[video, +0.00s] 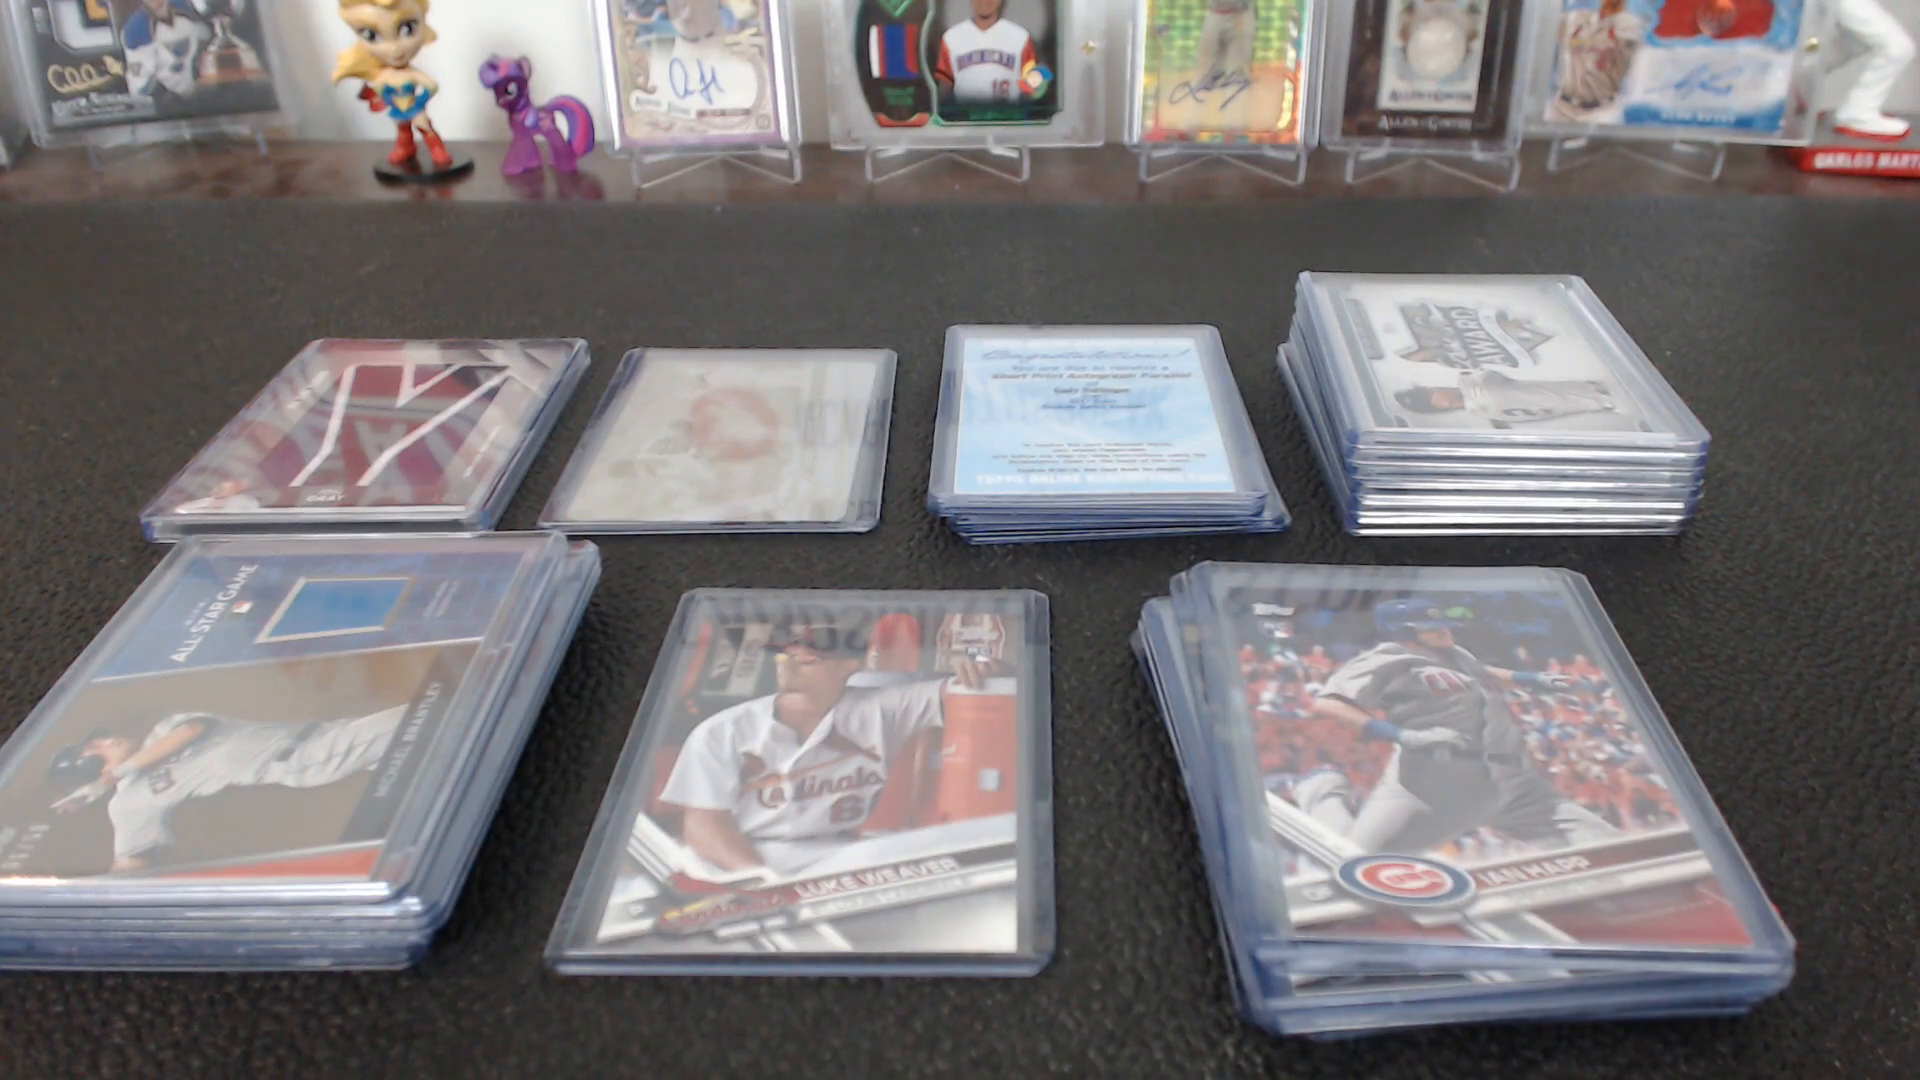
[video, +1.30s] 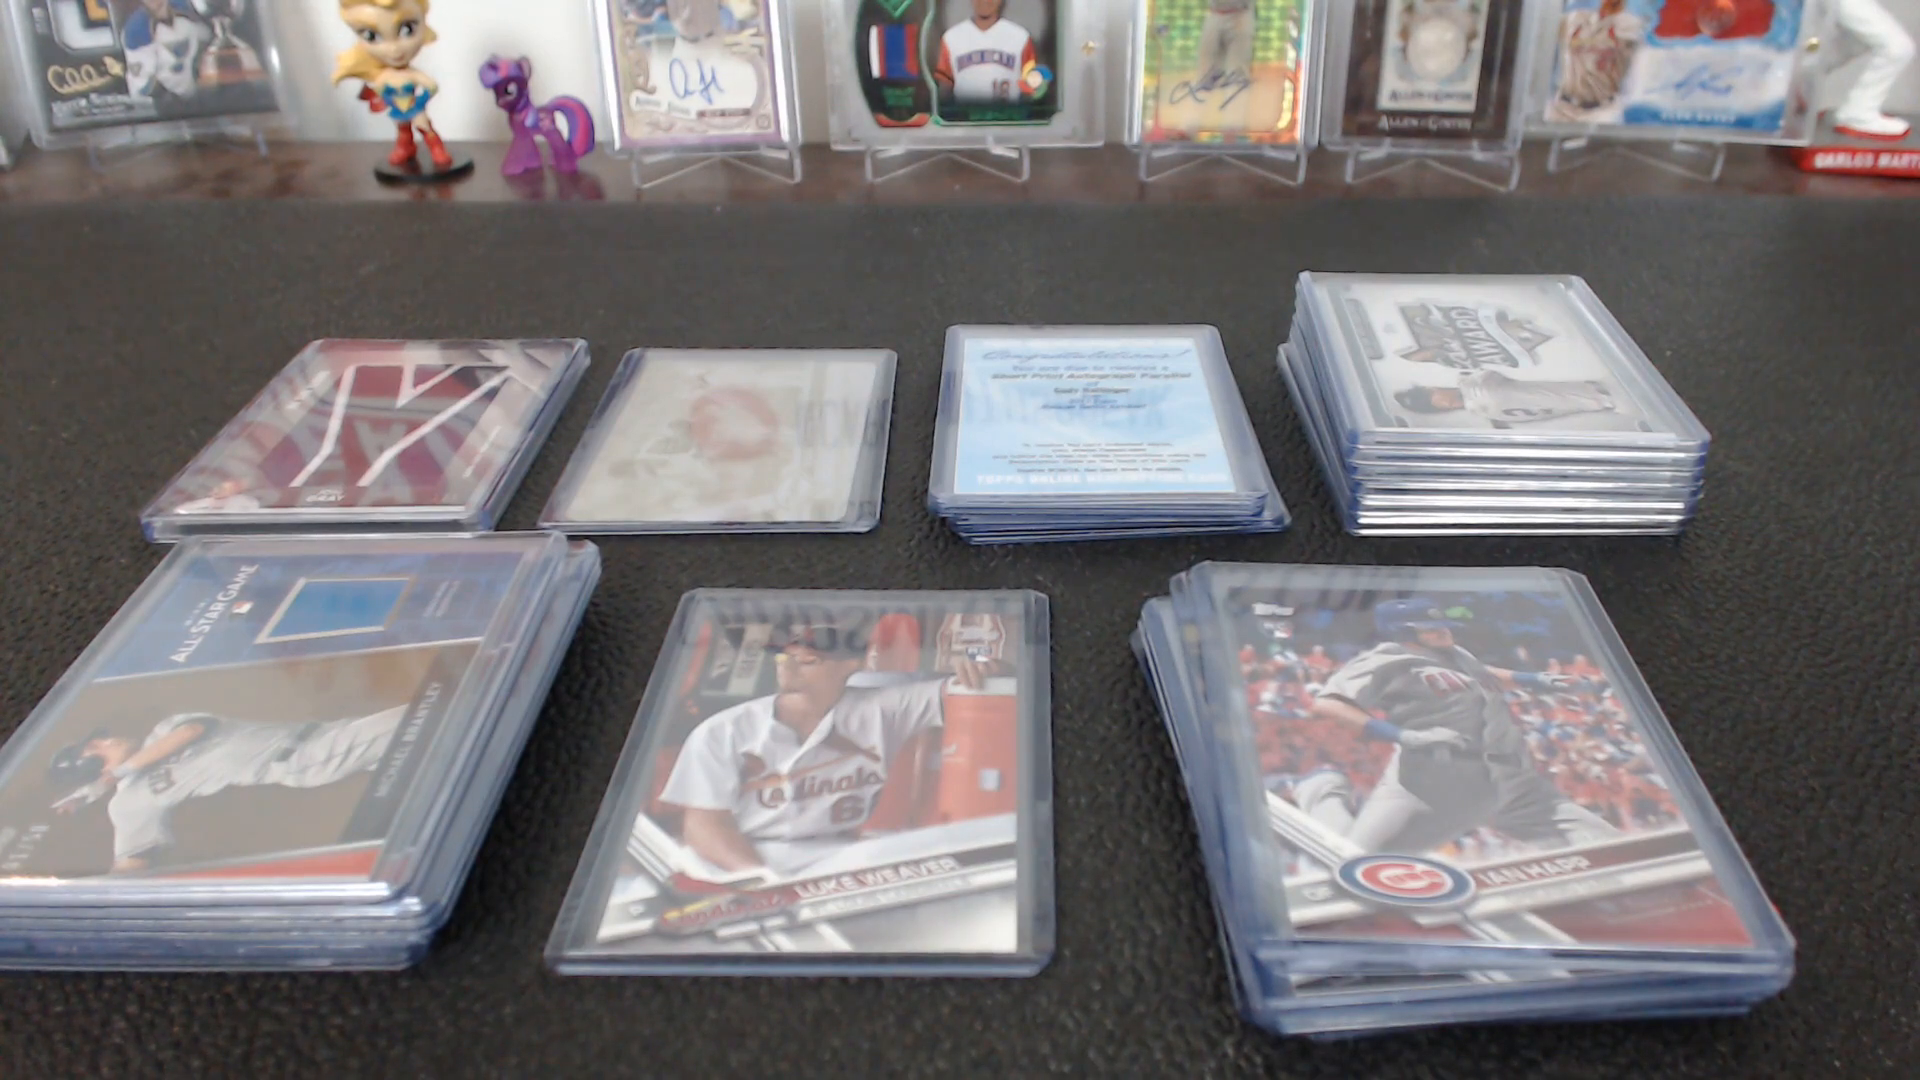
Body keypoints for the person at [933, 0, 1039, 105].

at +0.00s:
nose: (984, 2)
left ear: (1000, 2)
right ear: (971, 2)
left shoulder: (1020, 36)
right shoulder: (951, 37)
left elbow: (1030, 83)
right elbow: (944, 82)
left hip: (1009, 121)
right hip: (965, 121)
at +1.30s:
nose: (984, 2)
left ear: (1000, 2)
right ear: (972, 2)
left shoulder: (1020, 36)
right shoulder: (951, 37)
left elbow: (1030, 81)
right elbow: (944, 79)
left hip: (1009, 120)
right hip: (965, 119)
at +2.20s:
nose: (984, 2)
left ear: (1000, 2)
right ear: (971, 2)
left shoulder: (1020, 37)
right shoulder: (950, 38)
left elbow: (1029, 81)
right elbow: (944, 78)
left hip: (1008, 120)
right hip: (965, 119)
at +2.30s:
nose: (984, 2)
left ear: (1000, 2)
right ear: (971, 2)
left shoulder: (1020, 37)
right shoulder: (950, 38)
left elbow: (1029, 81)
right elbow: (944, 78)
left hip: (1009, 121)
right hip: (965, 120)